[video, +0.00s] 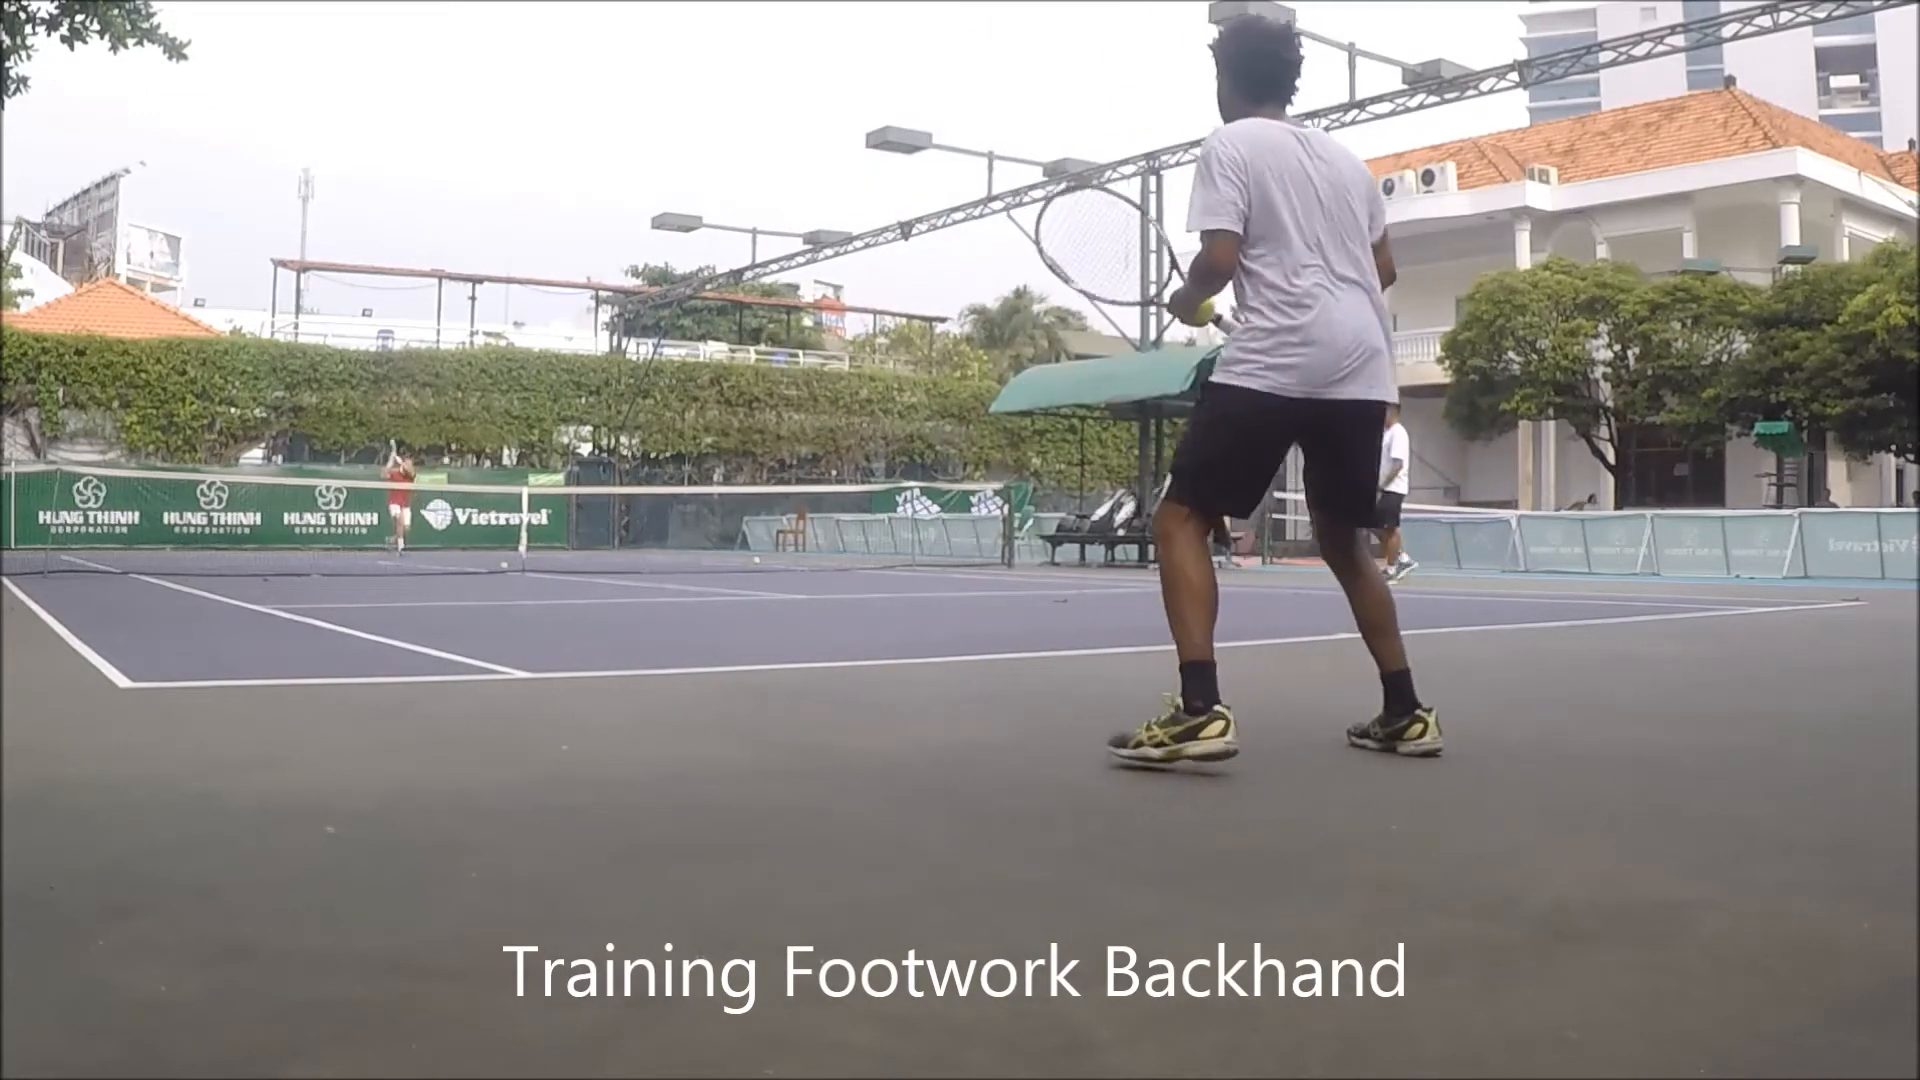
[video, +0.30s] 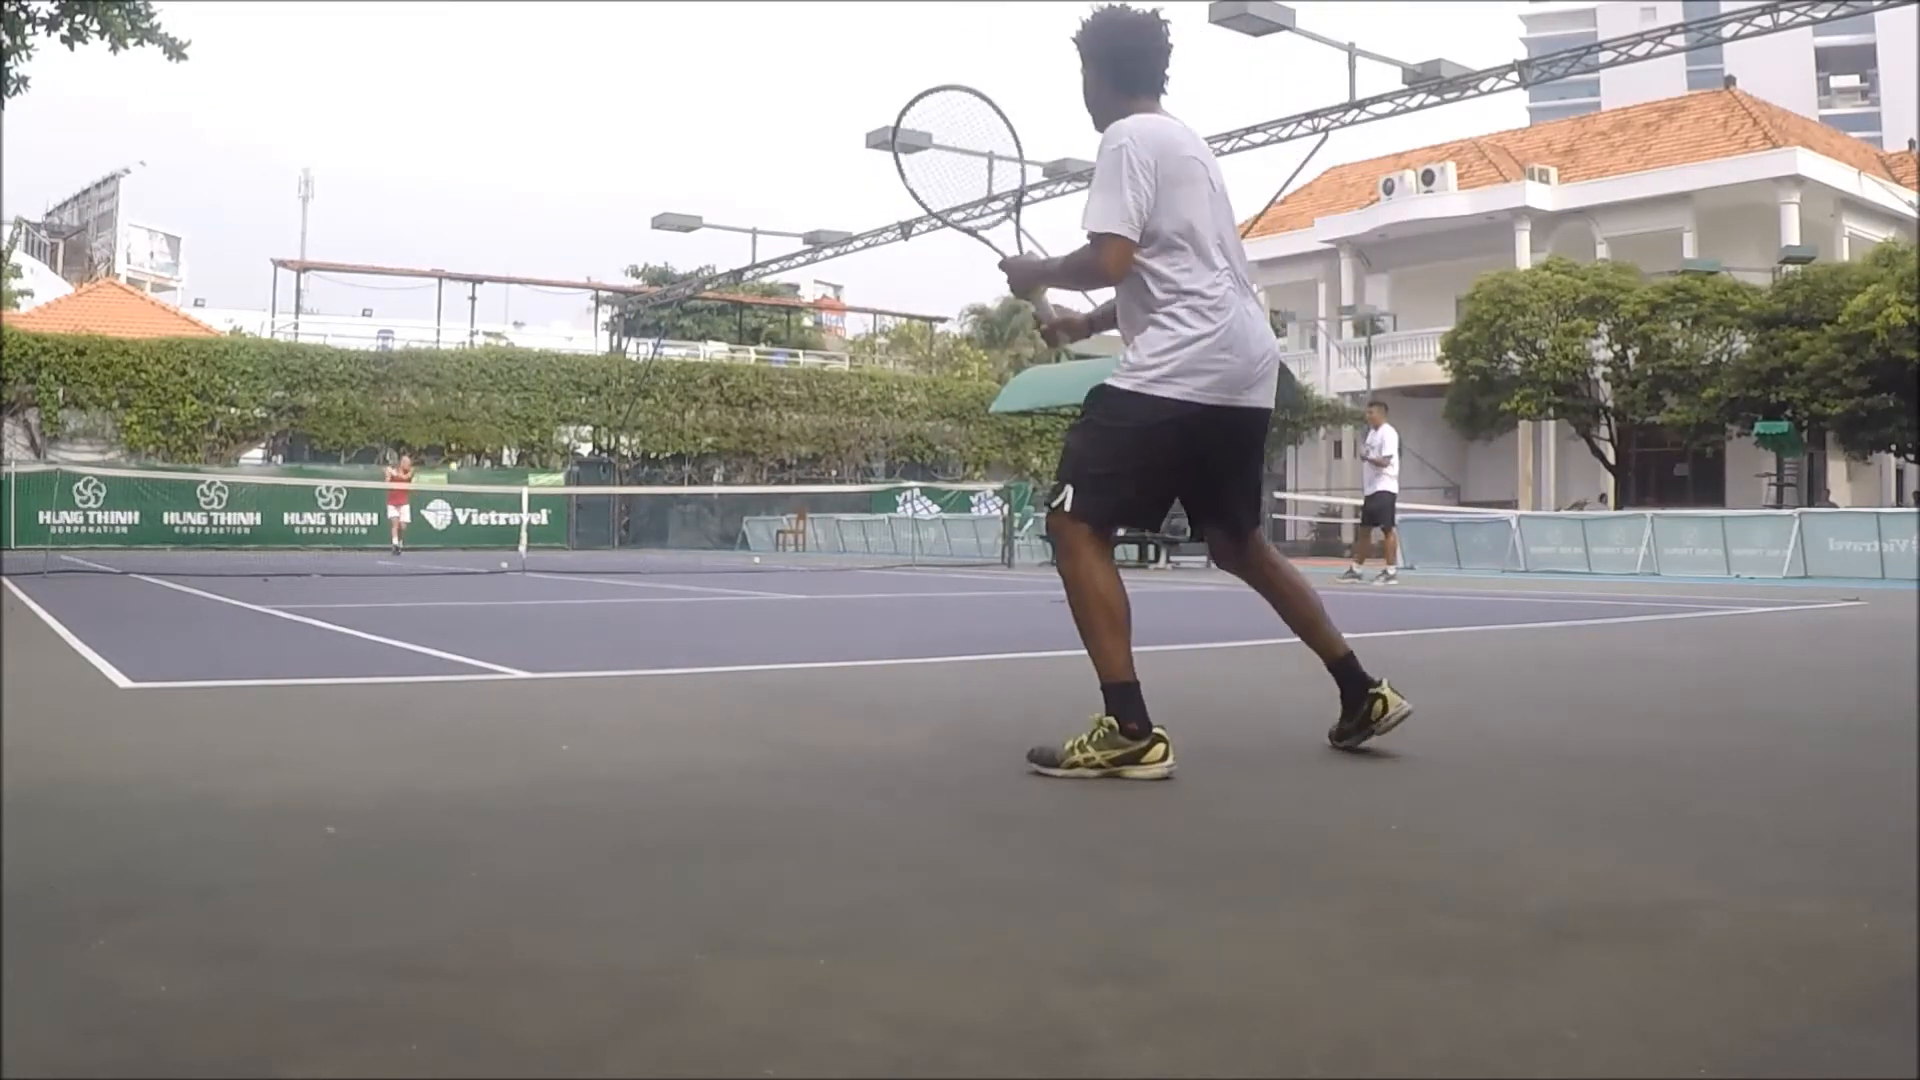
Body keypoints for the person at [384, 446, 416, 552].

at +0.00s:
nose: (403, 468)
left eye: (405, 466)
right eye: (402, 465)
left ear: (408, 467)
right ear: (399, 466)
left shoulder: (410, 476)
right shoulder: (393, 474)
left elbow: (409, 470)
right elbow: (385, 473)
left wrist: (400, 461)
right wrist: (391, 460)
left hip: (405, 502)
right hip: (394, 501)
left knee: (405, 524)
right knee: (398, 519)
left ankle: (395, 538)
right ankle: (400, 544)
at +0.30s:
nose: (406, 467)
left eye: (408, 465)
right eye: (404, 464)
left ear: (409, 465)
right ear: (401, 464)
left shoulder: (410, 472)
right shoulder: (392, 471)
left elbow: (406, 477)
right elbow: (387, 482)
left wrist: (395, 473)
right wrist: (389, 475)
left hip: (404, 501)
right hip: (392, 500)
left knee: (403, 524)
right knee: (395, 522)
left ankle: (400, 540)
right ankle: (395, 543)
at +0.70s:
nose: (399, 462)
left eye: (401, 459)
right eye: (397, 459)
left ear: (404, 461)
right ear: (394, 460)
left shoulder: (406, 471)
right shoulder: (389, 472)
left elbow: (409, 484)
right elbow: (386, 484)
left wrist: (399, 487)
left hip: (401, 501)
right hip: (390, 501)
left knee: (400, 522)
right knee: (383, 520)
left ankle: (402, 545)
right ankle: (387, 542)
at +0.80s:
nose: (396, 463)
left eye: (398, 461)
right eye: (394, 461)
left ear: (401, 462)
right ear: (392, 462)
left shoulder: (405, 472)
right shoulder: (387, 473)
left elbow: (408, 484)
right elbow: (384, 485)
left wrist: (400, 489)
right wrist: (389, 490)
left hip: (401, 501)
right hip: (390, 501)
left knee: (401, 521)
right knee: (385, 523)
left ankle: (402, 544)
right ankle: (390, 543)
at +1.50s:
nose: (407, 461)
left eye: (409, 458)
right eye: (405, 458)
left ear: (411, 460)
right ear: (400, 459)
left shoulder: (412, 470)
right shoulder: (395, 470)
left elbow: (414, 483)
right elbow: (391, 484)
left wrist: (407, 494)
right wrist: (399, 495)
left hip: (408, 494)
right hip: (396, 495)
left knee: (412, 517)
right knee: (392, 517)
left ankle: (412, 542)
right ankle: (387, 542)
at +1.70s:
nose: (416, 472)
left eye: (417, 469)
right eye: (414, 469)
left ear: (418, 471)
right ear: (409, 470)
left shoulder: (419, 482)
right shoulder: (400, 481)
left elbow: (419, 495)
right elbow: (395, 493)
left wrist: (415, 504)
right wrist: (404, 504)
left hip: (413, 508)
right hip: (401, 509)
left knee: (422, 527)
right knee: (395, 528)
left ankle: (421, 544)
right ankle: (386, 543)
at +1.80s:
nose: (420, 472)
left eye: (422, 470)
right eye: (419, 469)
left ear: (422, 471)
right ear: (414, 470)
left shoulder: (423, 481)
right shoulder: (407, 480)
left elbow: (424, 494)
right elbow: (402, 494)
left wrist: (420, 503)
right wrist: (410, 505)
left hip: (417, 507)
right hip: (406, 507)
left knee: (424, 526)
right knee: (402, 526)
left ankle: (421, 545)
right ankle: (390, 541)